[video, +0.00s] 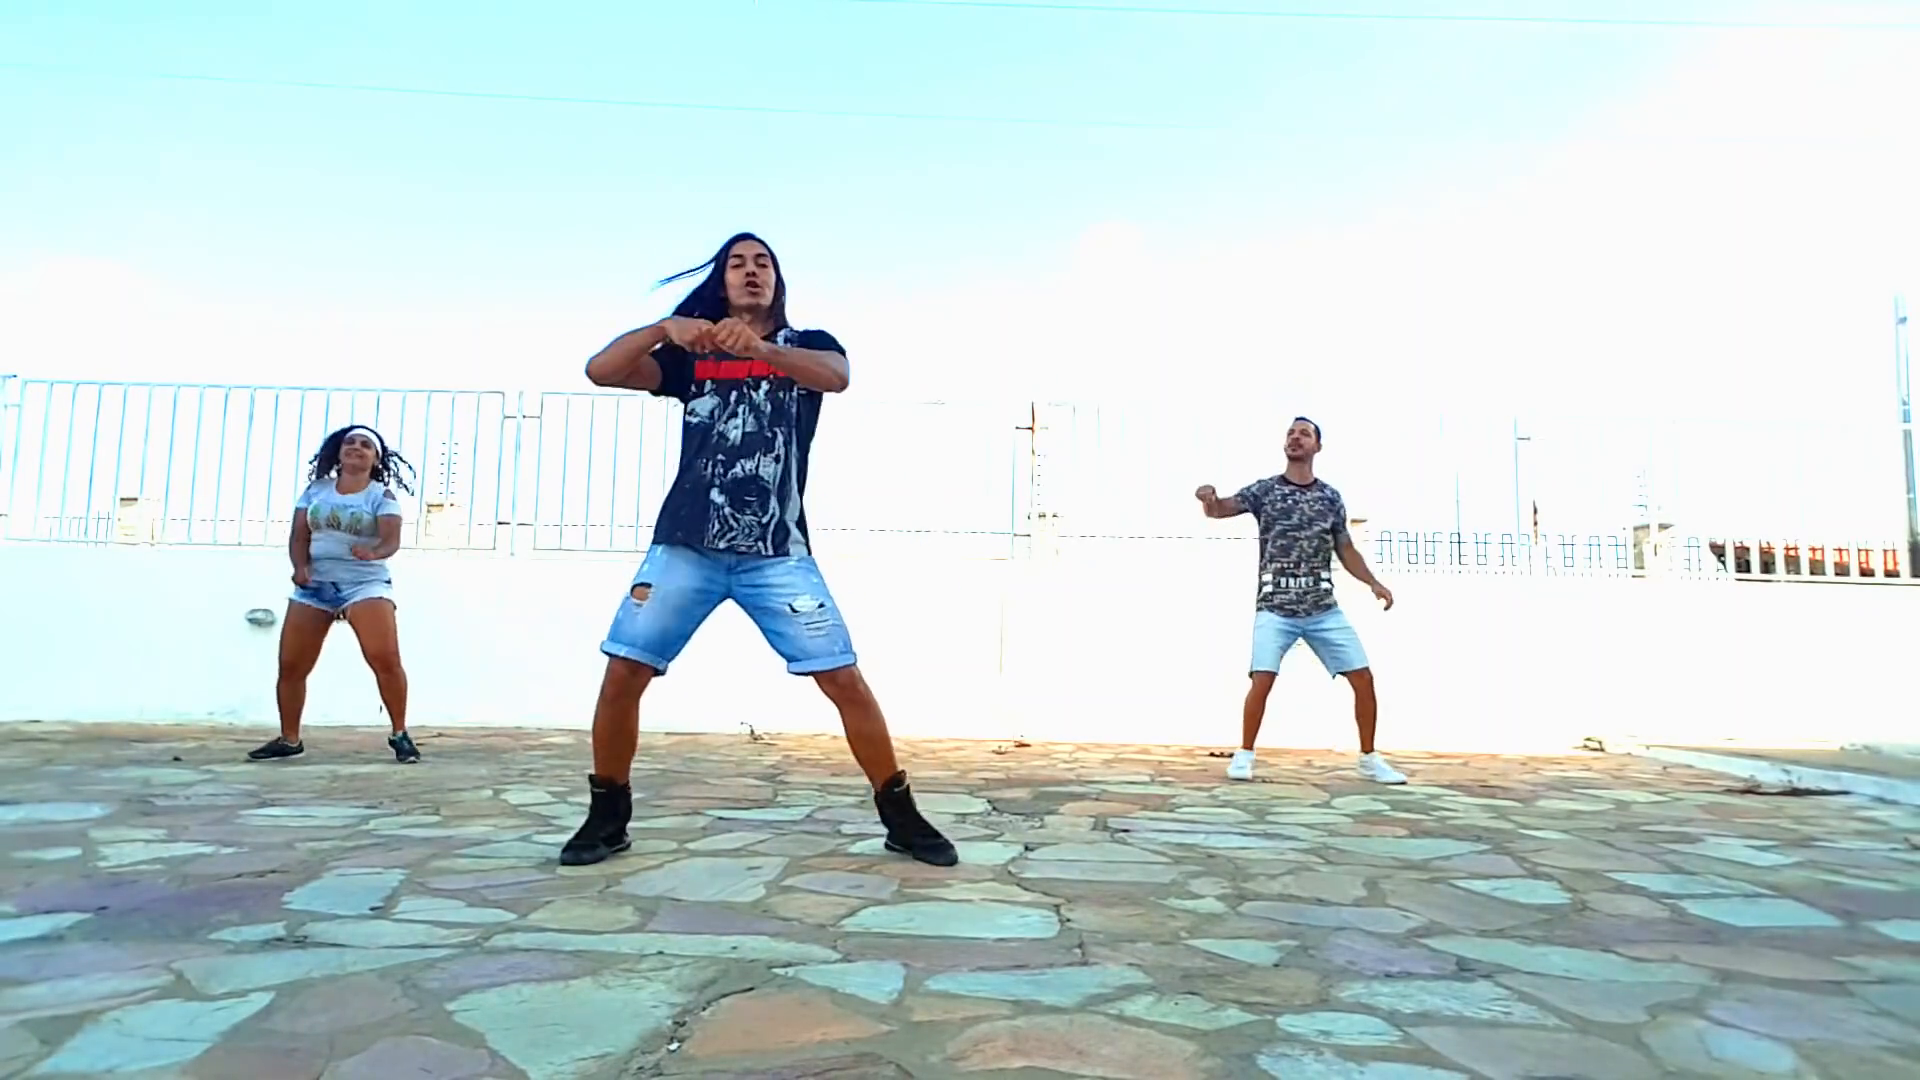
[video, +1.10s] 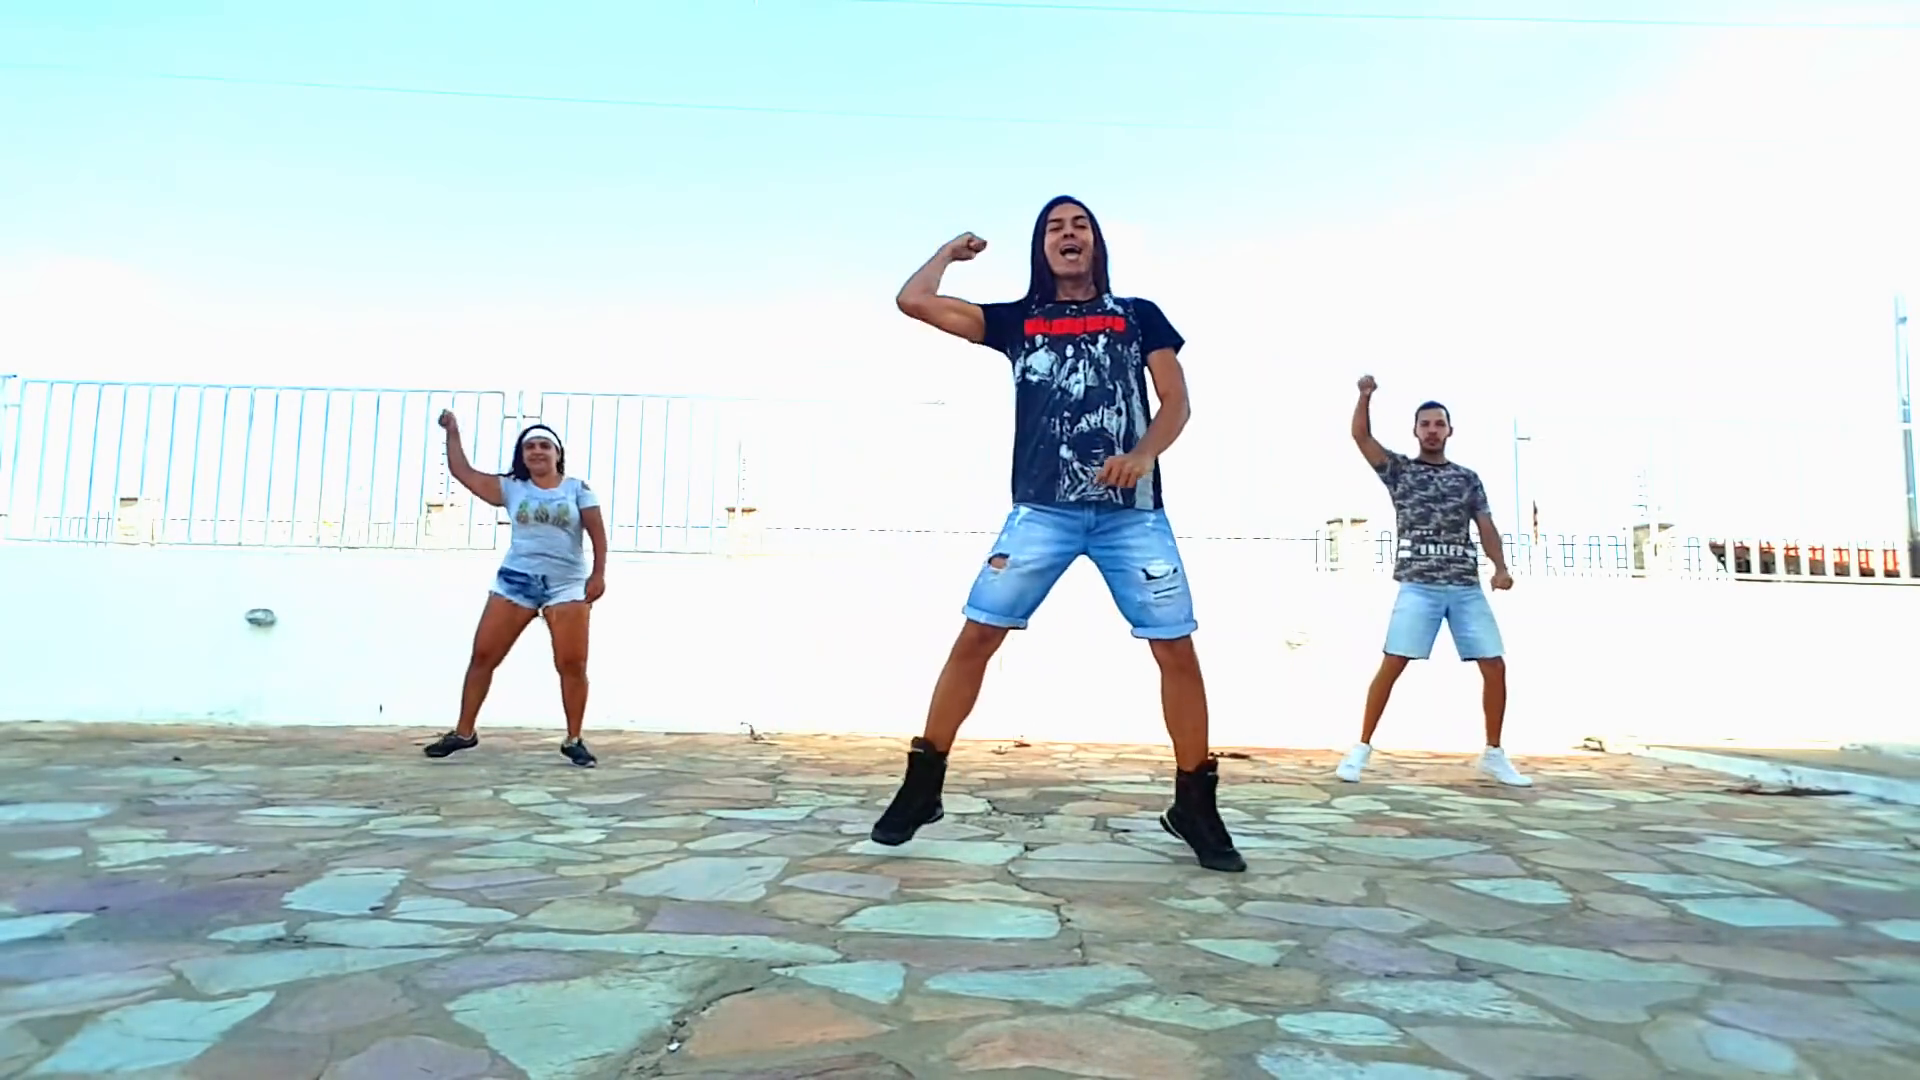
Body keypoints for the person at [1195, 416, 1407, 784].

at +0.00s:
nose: (1296, 437)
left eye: (1305, 433)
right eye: (1291, 432)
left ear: (1317, 447)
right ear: (1284, 444)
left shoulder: (1330, 498)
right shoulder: (1265, 490)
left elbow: (1346, 549)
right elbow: (1219, 510)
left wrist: (1373, 583)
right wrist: (1209, 499)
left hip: (1322, 609)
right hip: (1275, 608)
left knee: (1362, 676)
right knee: (1263, 677)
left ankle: (1369, 757)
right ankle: (1245, 754)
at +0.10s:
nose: (1307, 434)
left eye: (1315, 430)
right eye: (1302, 430)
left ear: (1327, 443)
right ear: (1293, 441)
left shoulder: (1339, 494)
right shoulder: (1273, 486)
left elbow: (1348, 549)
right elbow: (1221, 494)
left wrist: (1368, 592)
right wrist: (1205, 454)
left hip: (1335, 604)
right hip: (1287, 604)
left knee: (1367, 675)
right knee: (1271, 676)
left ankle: (1370, 756)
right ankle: (1246, 752)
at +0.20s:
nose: (1316, 414)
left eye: (1323, 409)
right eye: (1310, 409)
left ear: (1336, 419)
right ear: (1302, 418)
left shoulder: (1348, 470)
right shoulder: (1282, 456)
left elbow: (1358, 525)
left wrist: (1370, 572)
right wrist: (1195, 401)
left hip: (1347, 576)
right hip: (1301, 575)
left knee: (1371, 655)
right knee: (1280, 656)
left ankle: (1380, 745)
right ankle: (1255, 742)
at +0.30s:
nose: (1325, 410)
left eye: (1332, 404)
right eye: (1319, 405)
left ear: (1345, 414)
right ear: (1311, 413)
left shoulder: (1356, 466)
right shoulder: (1292, 447)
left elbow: (1367, 521)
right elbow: (1253, 411)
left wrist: (1379, 566)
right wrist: (1231, 374)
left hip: (1352, 571)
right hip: (1308, 570)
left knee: (1382, 646)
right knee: (1293, 650)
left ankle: (1393, 737)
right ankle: (1273, 736)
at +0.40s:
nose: (1338, 426)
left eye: (1345, 421)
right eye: (1332, 420)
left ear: (1357, 430)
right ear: (1322, 427)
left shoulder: (1366, 482)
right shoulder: (1301, 462)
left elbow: (1377, 537)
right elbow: (1261, 427)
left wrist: (1390, 580)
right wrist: (1282, 386)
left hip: (1357, 587)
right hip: (1313, 584)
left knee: (1397, 660)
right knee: (1304, 663)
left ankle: (1408, 748)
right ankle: (1287, 747)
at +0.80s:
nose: (1389, 422)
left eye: (1396, 416)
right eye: (1383, 415)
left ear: (1406, 423)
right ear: (1372, 420)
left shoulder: (1418, 471)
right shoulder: (1352, 457)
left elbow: (1433, 524)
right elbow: (1316, 418)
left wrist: (1449, 565)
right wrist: (1339, 372)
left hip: (1412, 577)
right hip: (1366, 576)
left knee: (1449, 652)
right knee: (1353, 655)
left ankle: (1463, 740)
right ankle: (1341, 743)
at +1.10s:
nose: (1432, 429)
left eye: (1439, 423)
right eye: (1426, 423)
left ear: (1448, 431)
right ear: (1415, 431)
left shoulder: (1466, 478)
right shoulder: (1398, 470)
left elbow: (1486, 528)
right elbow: (1361, 436)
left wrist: (1500, 566)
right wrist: (1364, 397)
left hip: (1466, 588)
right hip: (1418, 587)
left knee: (1494, 665)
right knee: (1393, 663)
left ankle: (1493, 753)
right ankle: (1362, 747)